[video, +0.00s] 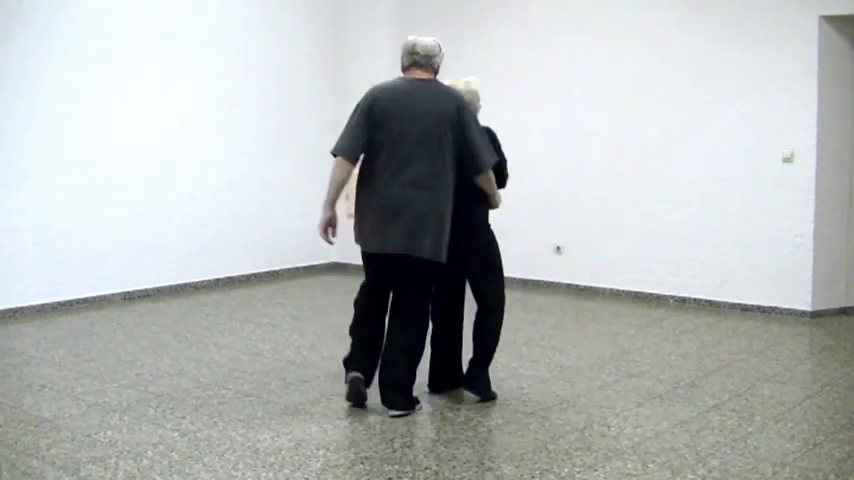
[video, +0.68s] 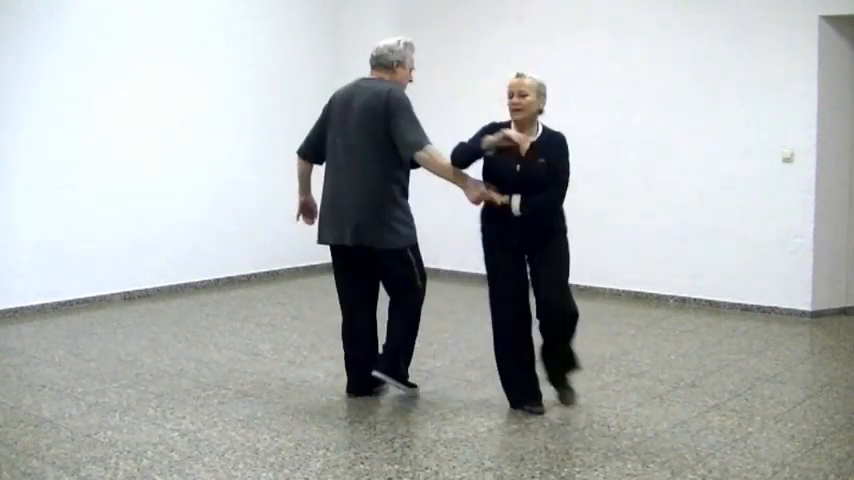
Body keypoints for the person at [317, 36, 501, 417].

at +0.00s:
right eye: (436, 65)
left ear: (402, 65)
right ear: (437, 67)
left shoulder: (378, 96)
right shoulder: (453, 102)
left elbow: (346, 156)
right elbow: (479, 166)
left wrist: (329, 205)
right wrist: (493, 196)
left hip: (377, 222)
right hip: (428, 226)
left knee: (373, 292)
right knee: (411, 308)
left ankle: (358, 370)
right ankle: (398, 397)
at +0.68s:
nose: (411, 77)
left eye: (411, 70)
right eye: (410, 70)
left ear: (376, 66)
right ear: (397, 67)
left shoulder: (341, 97)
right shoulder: (393, 98)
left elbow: (305, 154)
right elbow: (421, 153)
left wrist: (304, 196)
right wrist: (466, 182)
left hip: (339, 220)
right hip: (383, 220)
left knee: (356, 305)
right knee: (410, 288)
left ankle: (360, 383)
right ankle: (393, 366)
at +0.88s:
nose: (409, 78)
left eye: (409, 71)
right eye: (406, 70)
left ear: (374, 68)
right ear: (389, 68)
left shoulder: (339, 98)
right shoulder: (383, 97)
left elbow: (313, 158)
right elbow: (409, 150)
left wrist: (338, 195)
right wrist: (459, 176)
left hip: (335, 221)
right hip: (377, 222)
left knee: (353, 303)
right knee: (394, 294)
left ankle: (358, 381)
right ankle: (386, 372)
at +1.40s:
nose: (394, 84)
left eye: (395, 76)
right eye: (391, 75)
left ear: (364, 73)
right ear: (369, 72)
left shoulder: (331, 99)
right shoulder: (361, 101)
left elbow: (293, 152)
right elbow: (378, 153)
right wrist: (423, 184)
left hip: (318, 222)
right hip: (346, 225)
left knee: (340, 302)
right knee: (356, 301)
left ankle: (353, 375)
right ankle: (332, 383)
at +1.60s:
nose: (387, 85)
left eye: (388, 78)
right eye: (384, 76)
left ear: (353, 74)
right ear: (363, 72)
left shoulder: (317, 101)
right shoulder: (361, 103)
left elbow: (271, 146)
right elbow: (410, 146)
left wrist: (252, 188)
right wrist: (465, 164)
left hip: (312, 223)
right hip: (336, 225)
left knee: (366, 279)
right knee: (347, 296)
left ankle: (354, 366)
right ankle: (331, 383)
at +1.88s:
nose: (398, 85)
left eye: (399, 77)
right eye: (395, 76)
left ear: (367, 76)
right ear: (373, 74)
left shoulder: (334, 102)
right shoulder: (370, 103)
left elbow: (287, 144)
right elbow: (415, 138)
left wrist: (264, 180)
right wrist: (463, 155)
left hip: (329, 221)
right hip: (345, 223)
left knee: (371, 285)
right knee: (348, 297)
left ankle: (372, 367)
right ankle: (331, 382)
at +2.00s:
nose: (410, 82)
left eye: (411, 75)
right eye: (405, 74)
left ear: (380, 74)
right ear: (384, 72)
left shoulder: (356, 99)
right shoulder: (374, 101)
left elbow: (327, 144)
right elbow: (402, 145)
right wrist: (449, 162)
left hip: (354, 220)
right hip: (357, 222)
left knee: (380, 290)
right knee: (368, 294)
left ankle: (373, 367)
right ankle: (341, 371)